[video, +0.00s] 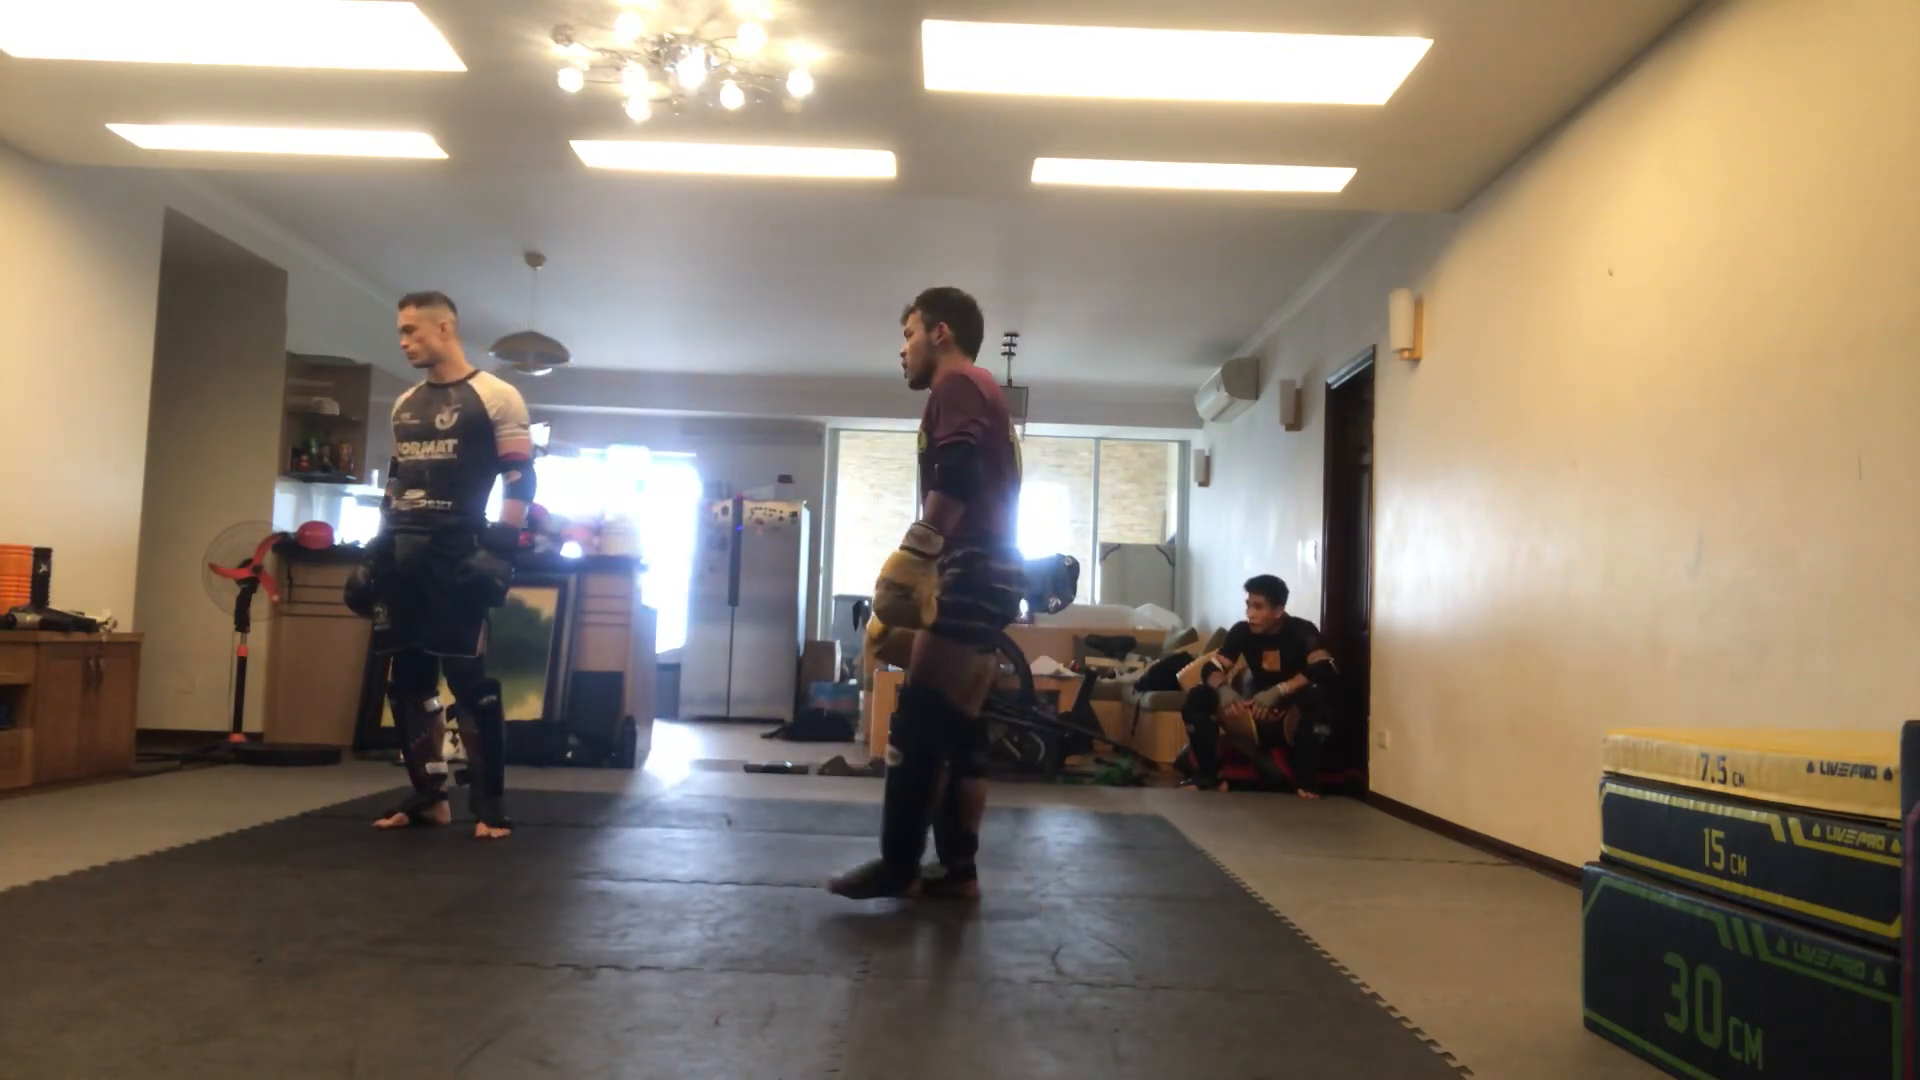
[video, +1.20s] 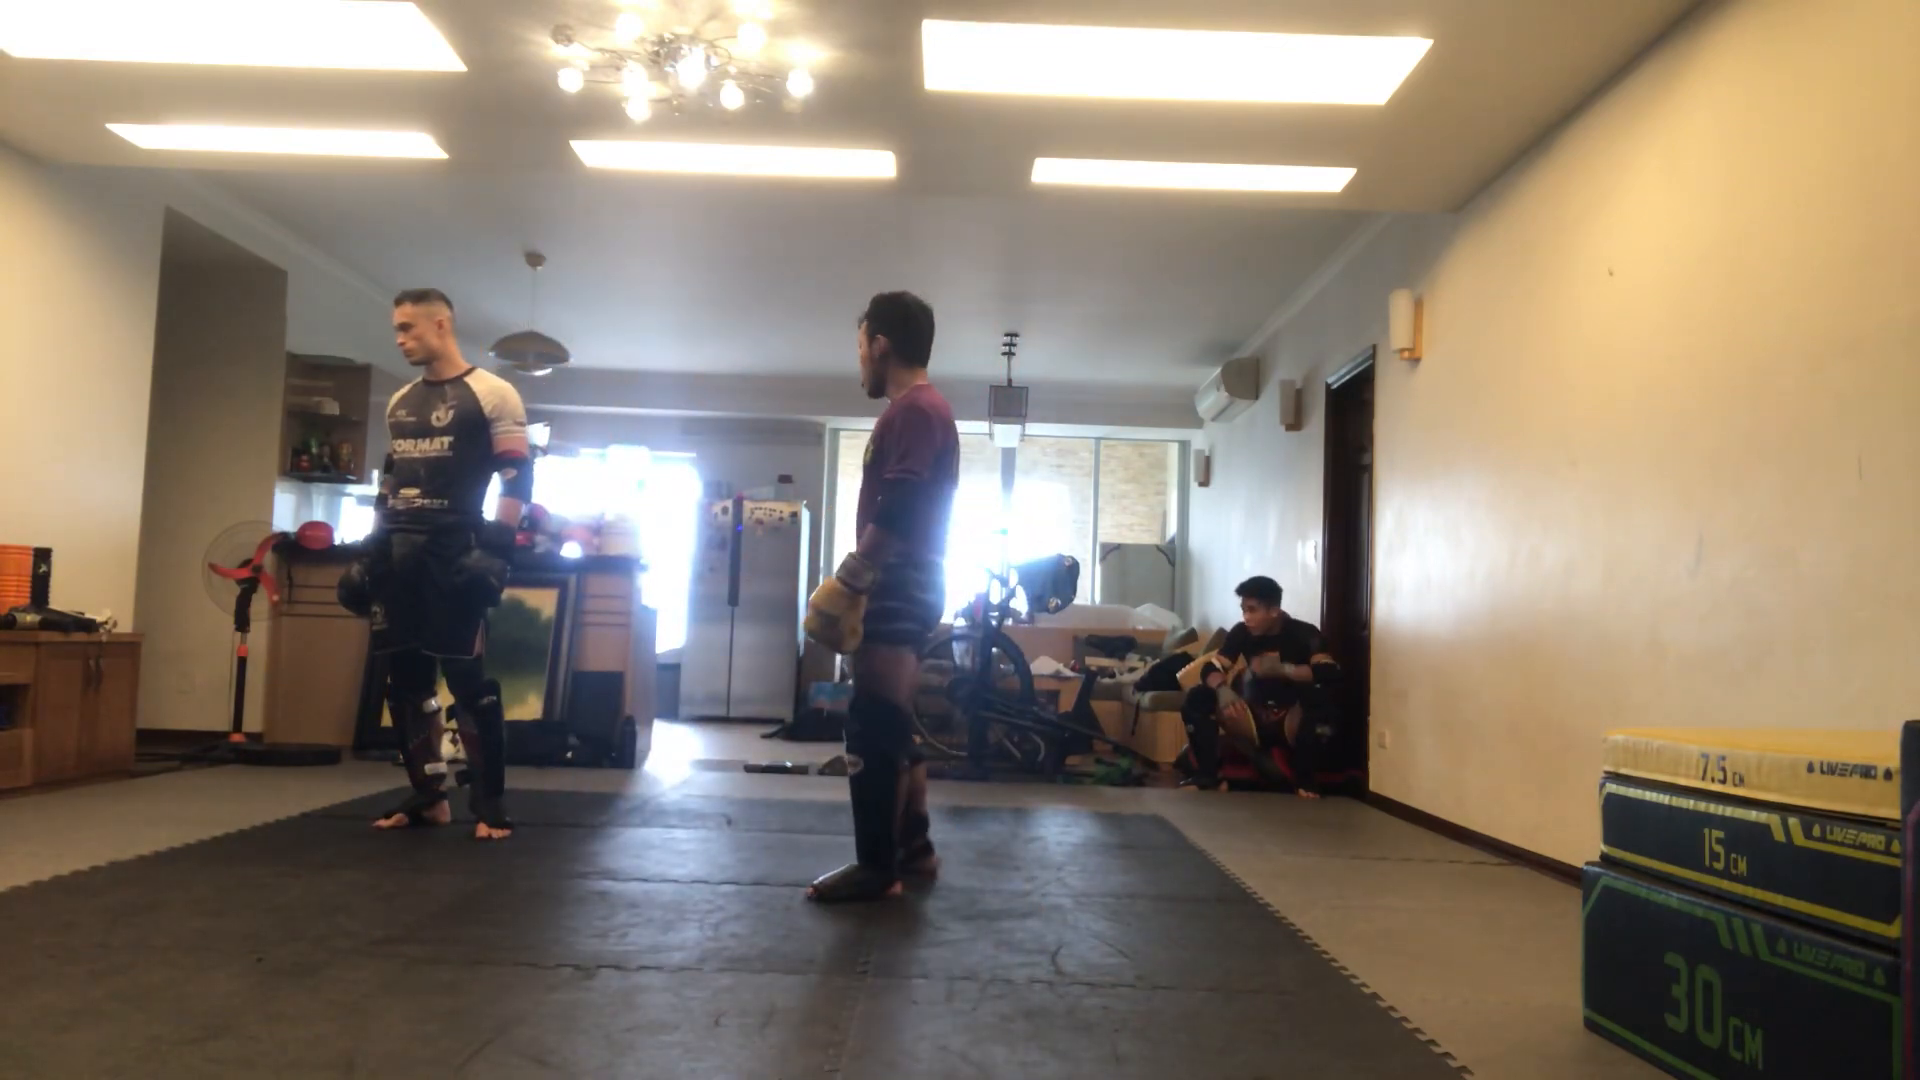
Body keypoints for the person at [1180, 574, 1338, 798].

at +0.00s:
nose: (1250, 613)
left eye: (1257, 607)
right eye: (1248, 606)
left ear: (1278, 611)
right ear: (1245, 604)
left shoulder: (1302, 631)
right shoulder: (1242, 632)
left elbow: (1324, 668)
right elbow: (1212, 668)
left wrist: (1277, 691)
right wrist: (1223, 690)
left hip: (1293, 713)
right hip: (1254, 712)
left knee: (1316, 701)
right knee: (1198, 698)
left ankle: (1306, 781)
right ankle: (1208, 776)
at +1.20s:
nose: (1245, 617)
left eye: (1251, 610)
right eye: (1243, 610)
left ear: (1274, 610)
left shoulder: (1304, 633)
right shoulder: (1242, 633)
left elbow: (1330, 671)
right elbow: (1211, 668)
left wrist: (1281, 669)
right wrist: (1223, 691)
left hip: (1292, 720)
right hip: (1250, 719)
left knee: (1320, 704)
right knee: (1198, 698)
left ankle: (1306, 781)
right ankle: (1208, 777)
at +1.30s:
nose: (1245, 619)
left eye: (1251, 612)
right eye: (1243, 612)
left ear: (1274, 611)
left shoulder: (1305, 633)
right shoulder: (1242, 633)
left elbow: (1324, 674)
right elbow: (1211, 669)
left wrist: (1278, 647)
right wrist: (1224, 691)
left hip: (1294, 720)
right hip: (1252, 719)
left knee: (1320, 699)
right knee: (1198, 698)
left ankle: (1306, 781)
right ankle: (1208, 777)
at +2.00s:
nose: (1246, 620)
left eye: (1252, 613)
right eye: (1243, 613)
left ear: (1273, 609)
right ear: (1240, 610)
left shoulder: (1304, 632)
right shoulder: (1241, 632)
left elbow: (1314, 675)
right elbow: (1210, 669)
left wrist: (1276, 637)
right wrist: (1222, 690)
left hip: (1291, 720)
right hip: (1251, 719)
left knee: (1317, 696)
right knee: (1198, 698)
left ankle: (1305, 780)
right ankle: (1207, 776)